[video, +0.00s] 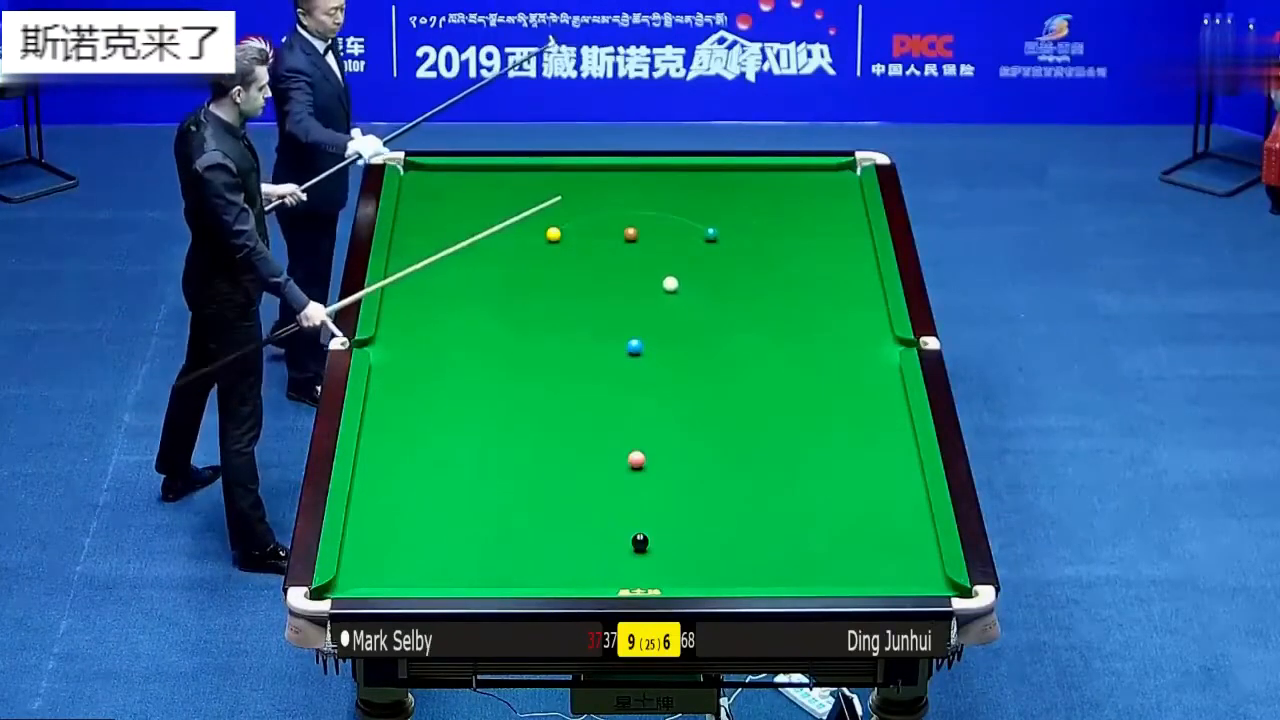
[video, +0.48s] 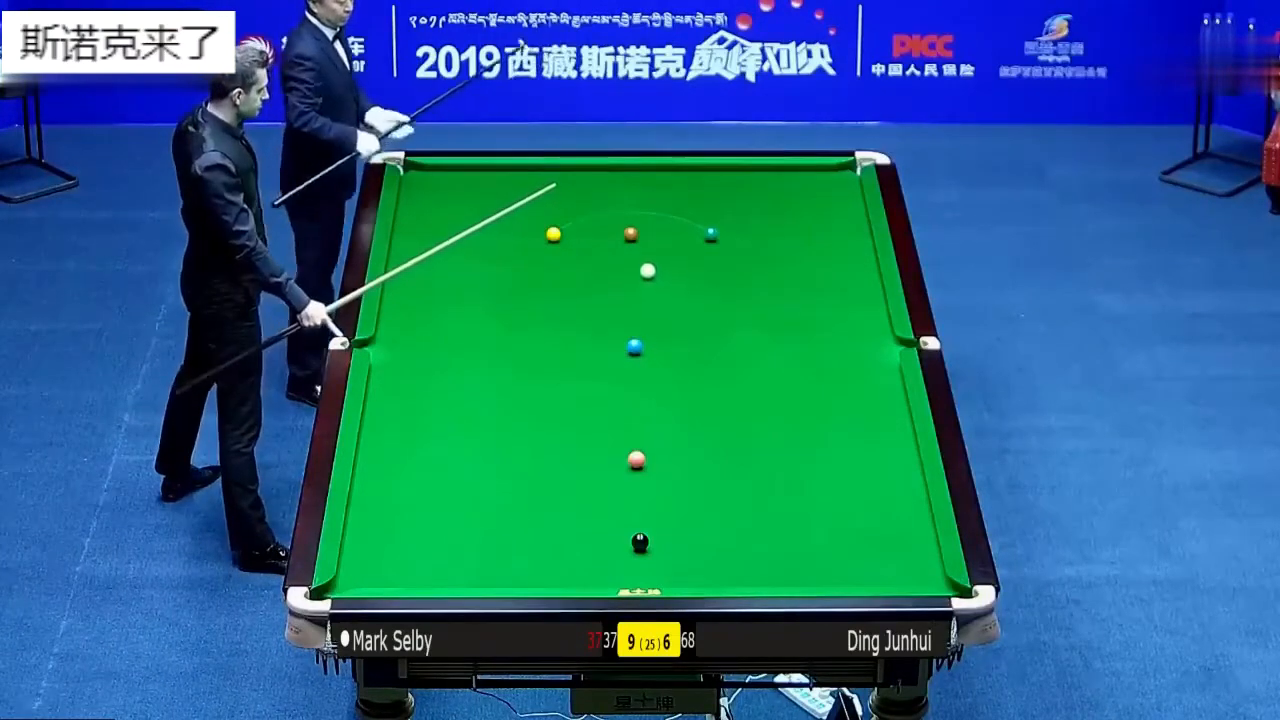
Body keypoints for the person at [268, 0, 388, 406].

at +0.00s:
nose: (339, 15)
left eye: (341, 8)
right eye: (329, 9)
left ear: (344, 10)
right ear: (304, 12)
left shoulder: (324, 48)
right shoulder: (294, 60)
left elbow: (328, 113)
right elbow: (298, 124)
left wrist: (356, 136)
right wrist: (349, 143)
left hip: (322, 187)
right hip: (303, 191)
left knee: (310, 275)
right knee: (310, 285)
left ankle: (288, 333)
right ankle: (303, 380)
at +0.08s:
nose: (339, 16)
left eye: (341, 9)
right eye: (330, 11)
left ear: (343, 11)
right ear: (304, 12)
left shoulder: (326, 47)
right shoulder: (293, 60)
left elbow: (336, 108)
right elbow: (295, 127)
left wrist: (359, 132)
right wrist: (349, 145)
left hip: (323, 187)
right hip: (303, 191)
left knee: (310, 276)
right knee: (309, 285)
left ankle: (291, 340)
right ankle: (303, 380)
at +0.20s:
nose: (340, 15)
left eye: (342, 8)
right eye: (331, 9)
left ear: (344, 9)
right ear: (305, 12)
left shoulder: (327, 47)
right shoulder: (293, 59)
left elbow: (339, 98)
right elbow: (293, 128)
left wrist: (361, 123)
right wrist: (350, 145)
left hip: (324, 188)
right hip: (302, 191)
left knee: (313, 282)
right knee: (305, 288)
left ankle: (310, 368)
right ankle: (302, 381)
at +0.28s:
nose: (344, 12)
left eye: (346, 5)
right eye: (336, 5)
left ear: (342, 8)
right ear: (309, 8)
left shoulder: (329, 43)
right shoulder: (295, 56)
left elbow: (339, 93)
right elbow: (295, 126)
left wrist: (366, 117)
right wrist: (354, 144)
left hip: (325, 183)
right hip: (303, 187)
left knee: (316, 279)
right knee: (305, 284)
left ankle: (313, 369)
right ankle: (301, 381)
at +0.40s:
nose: (346, 10)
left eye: (349, 3)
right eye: (338, 3)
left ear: (345, 7)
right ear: (312, 6)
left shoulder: (332, 41)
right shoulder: (299, 52)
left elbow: (342, 91)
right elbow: (295, 121)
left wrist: (368, 115)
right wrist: (353, 141)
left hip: (327, 182)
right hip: (306, 186)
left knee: (318, 279)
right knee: (307, 282)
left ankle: (315, 370)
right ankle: (302, 380)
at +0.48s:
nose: (349, 6)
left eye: (350, 1)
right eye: (340, 0)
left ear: (343, 5)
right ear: (315, 3)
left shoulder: (333, 38)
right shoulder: (302, 48)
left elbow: (346, 91)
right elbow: (301, 117)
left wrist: (370, 112)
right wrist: (353, 137)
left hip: (332, 177)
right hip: (310, 182)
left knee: (321, 276)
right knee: (312, 279)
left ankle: (316, 368)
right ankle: (303, 380)